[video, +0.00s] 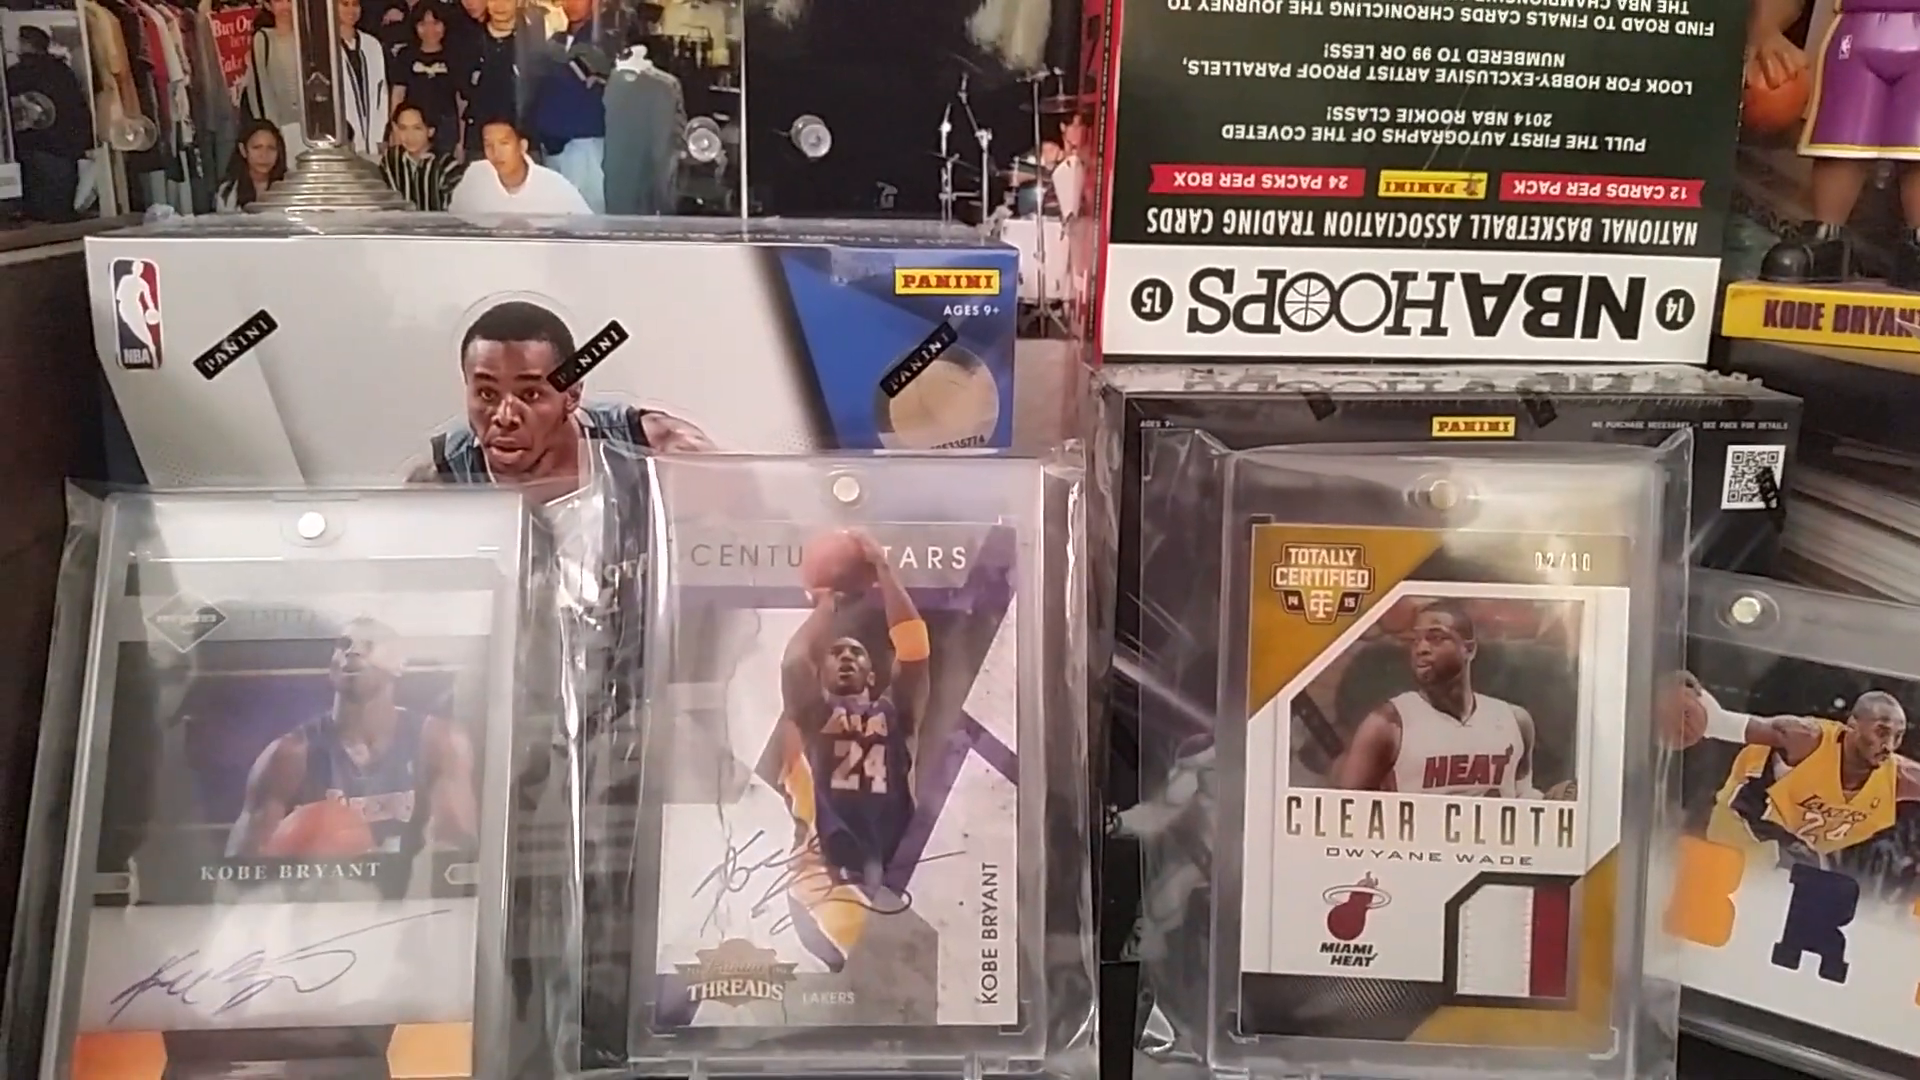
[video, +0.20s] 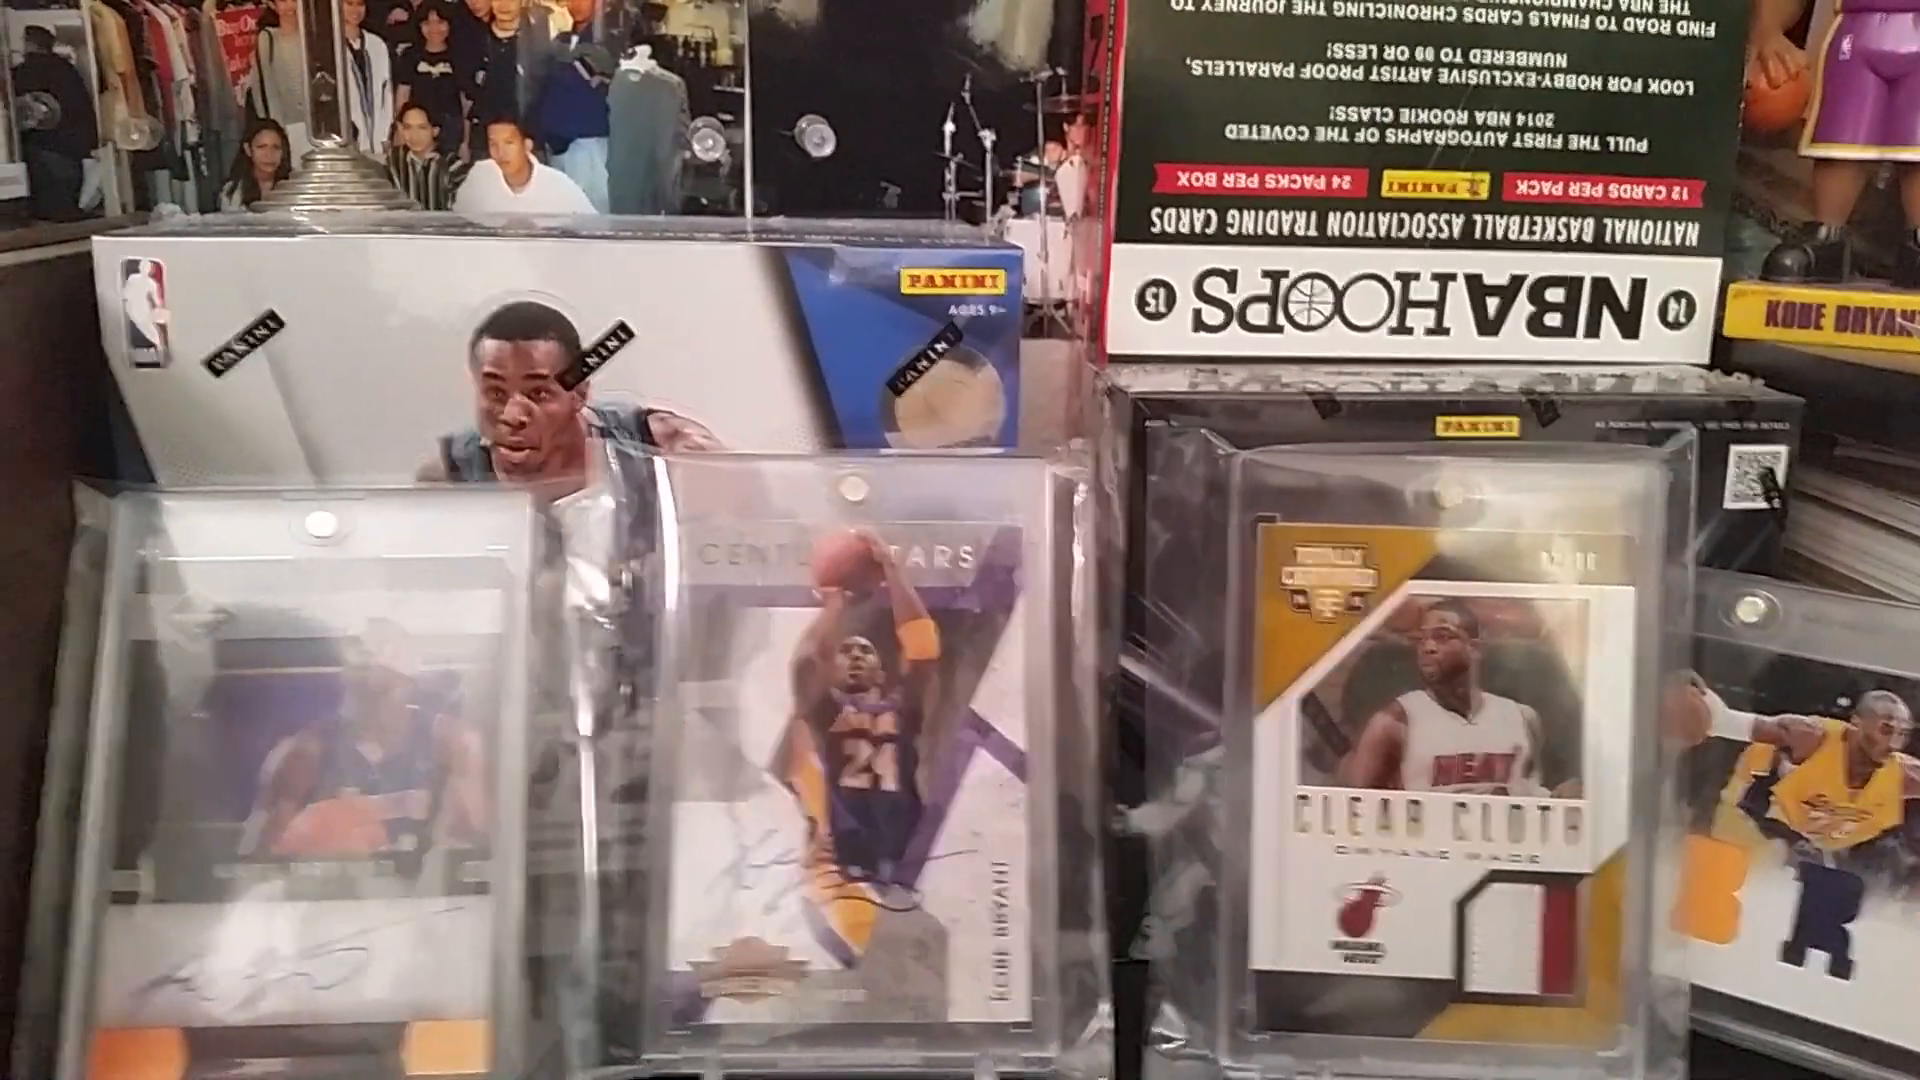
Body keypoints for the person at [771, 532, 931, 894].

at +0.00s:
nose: (846, 658)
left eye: (857, 653)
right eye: (836, 653)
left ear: (871, 672)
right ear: (821, 669)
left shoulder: (896, 713)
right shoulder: (815, 717)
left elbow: (913, 644)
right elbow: (795, 661)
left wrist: (883, 568)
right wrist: (826, 603)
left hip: (886, 864)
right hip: (824, 861)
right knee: (846, 925)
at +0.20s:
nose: (856, 658)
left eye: (867, 651)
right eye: (846, 651)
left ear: (882, 665)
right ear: (828, 662)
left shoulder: (901, 703)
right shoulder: (822, 708)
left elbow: (922, 643)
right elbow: (810, 657)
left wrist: (894, 576)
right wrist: (834, 604)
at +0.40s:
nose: (895, 651)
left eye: (905, 645)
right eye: (884, 645)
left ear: (921, 662)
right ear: (866, 662)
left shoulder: (943, 707)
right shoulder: (858, 708)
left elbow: (960, 641)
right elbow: (844, 654)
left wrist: (930, 561)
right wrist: (876, 597)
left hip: (937, 859)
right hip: (871, 860)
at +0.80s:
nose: (905, 649)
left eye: (915, 643)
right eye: (893, 644)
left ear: (931, 659)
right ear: (877, 661)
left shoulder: (954, 702)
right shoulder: (874, 703)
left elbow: (970, 637)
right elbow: (854, 653)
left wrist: (942, 563)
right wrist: (885, 596)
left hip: (951, 852)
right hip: (890, 857)